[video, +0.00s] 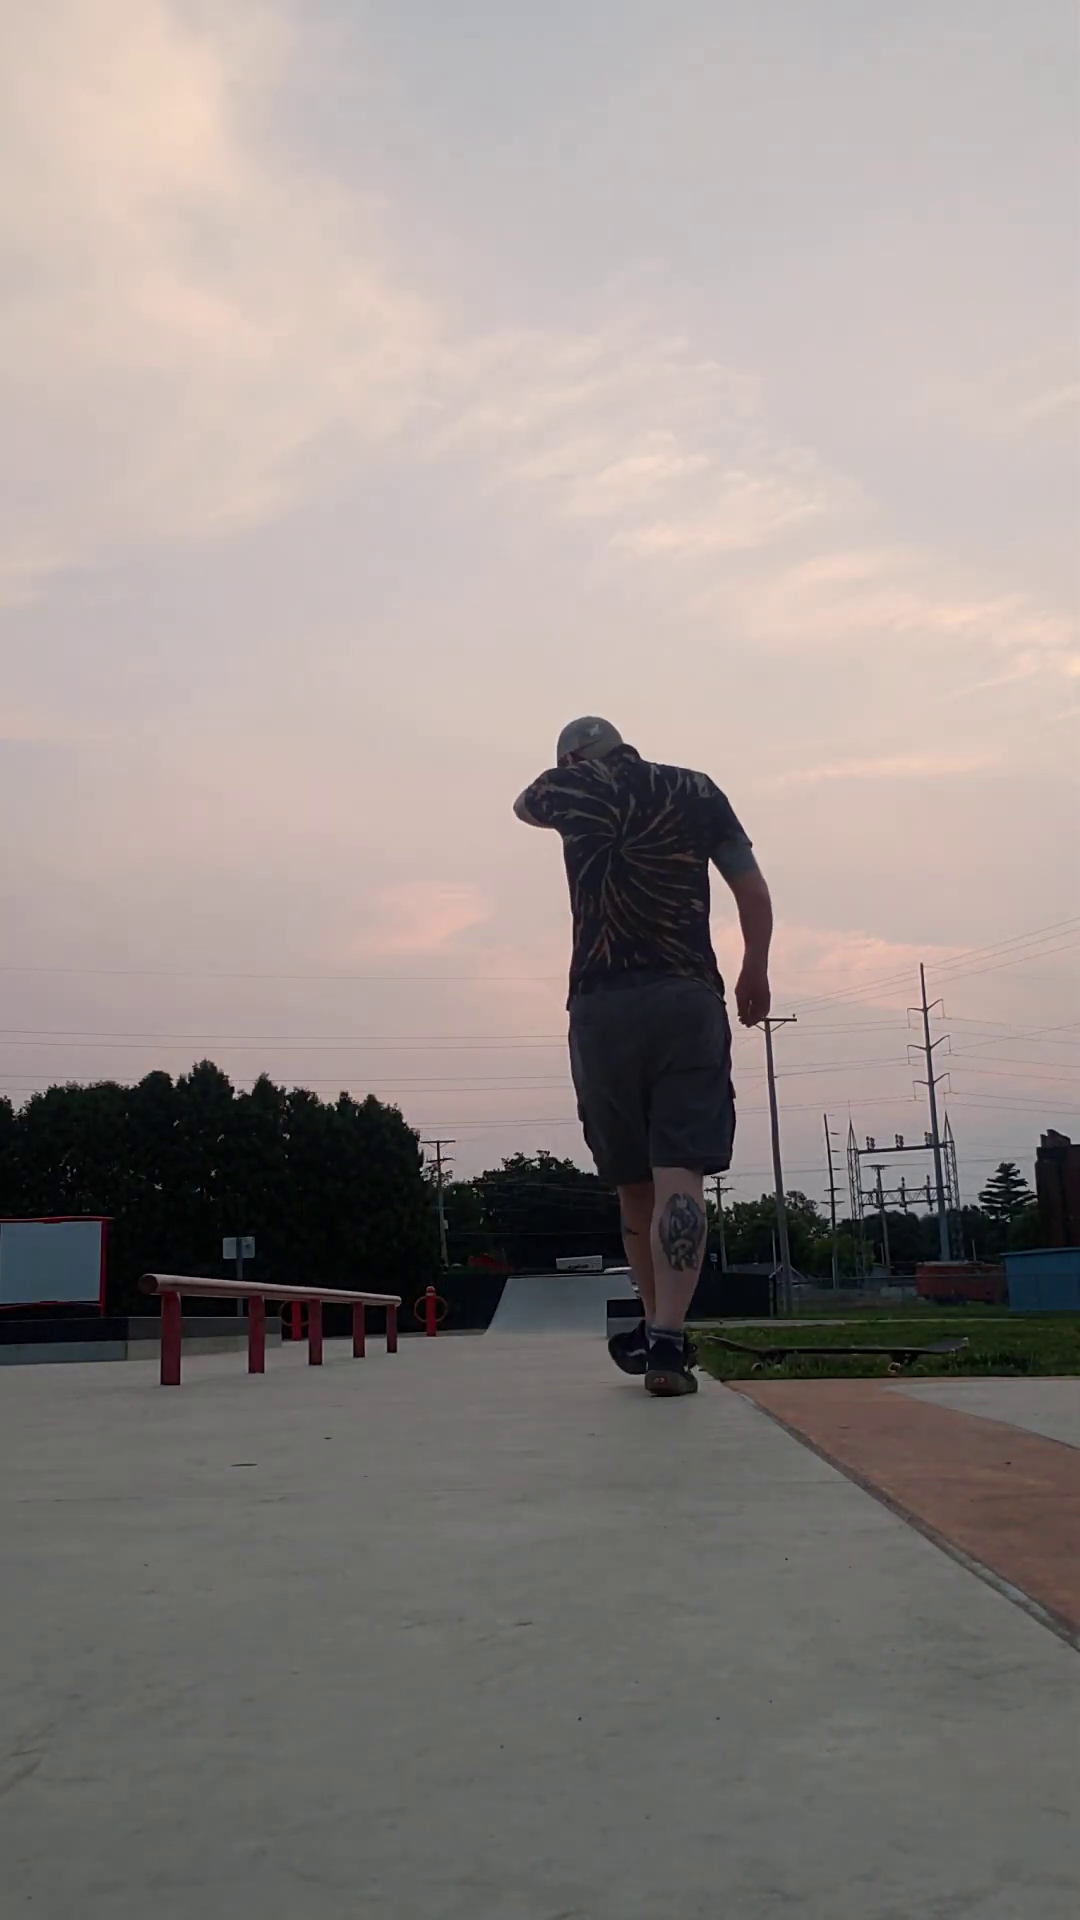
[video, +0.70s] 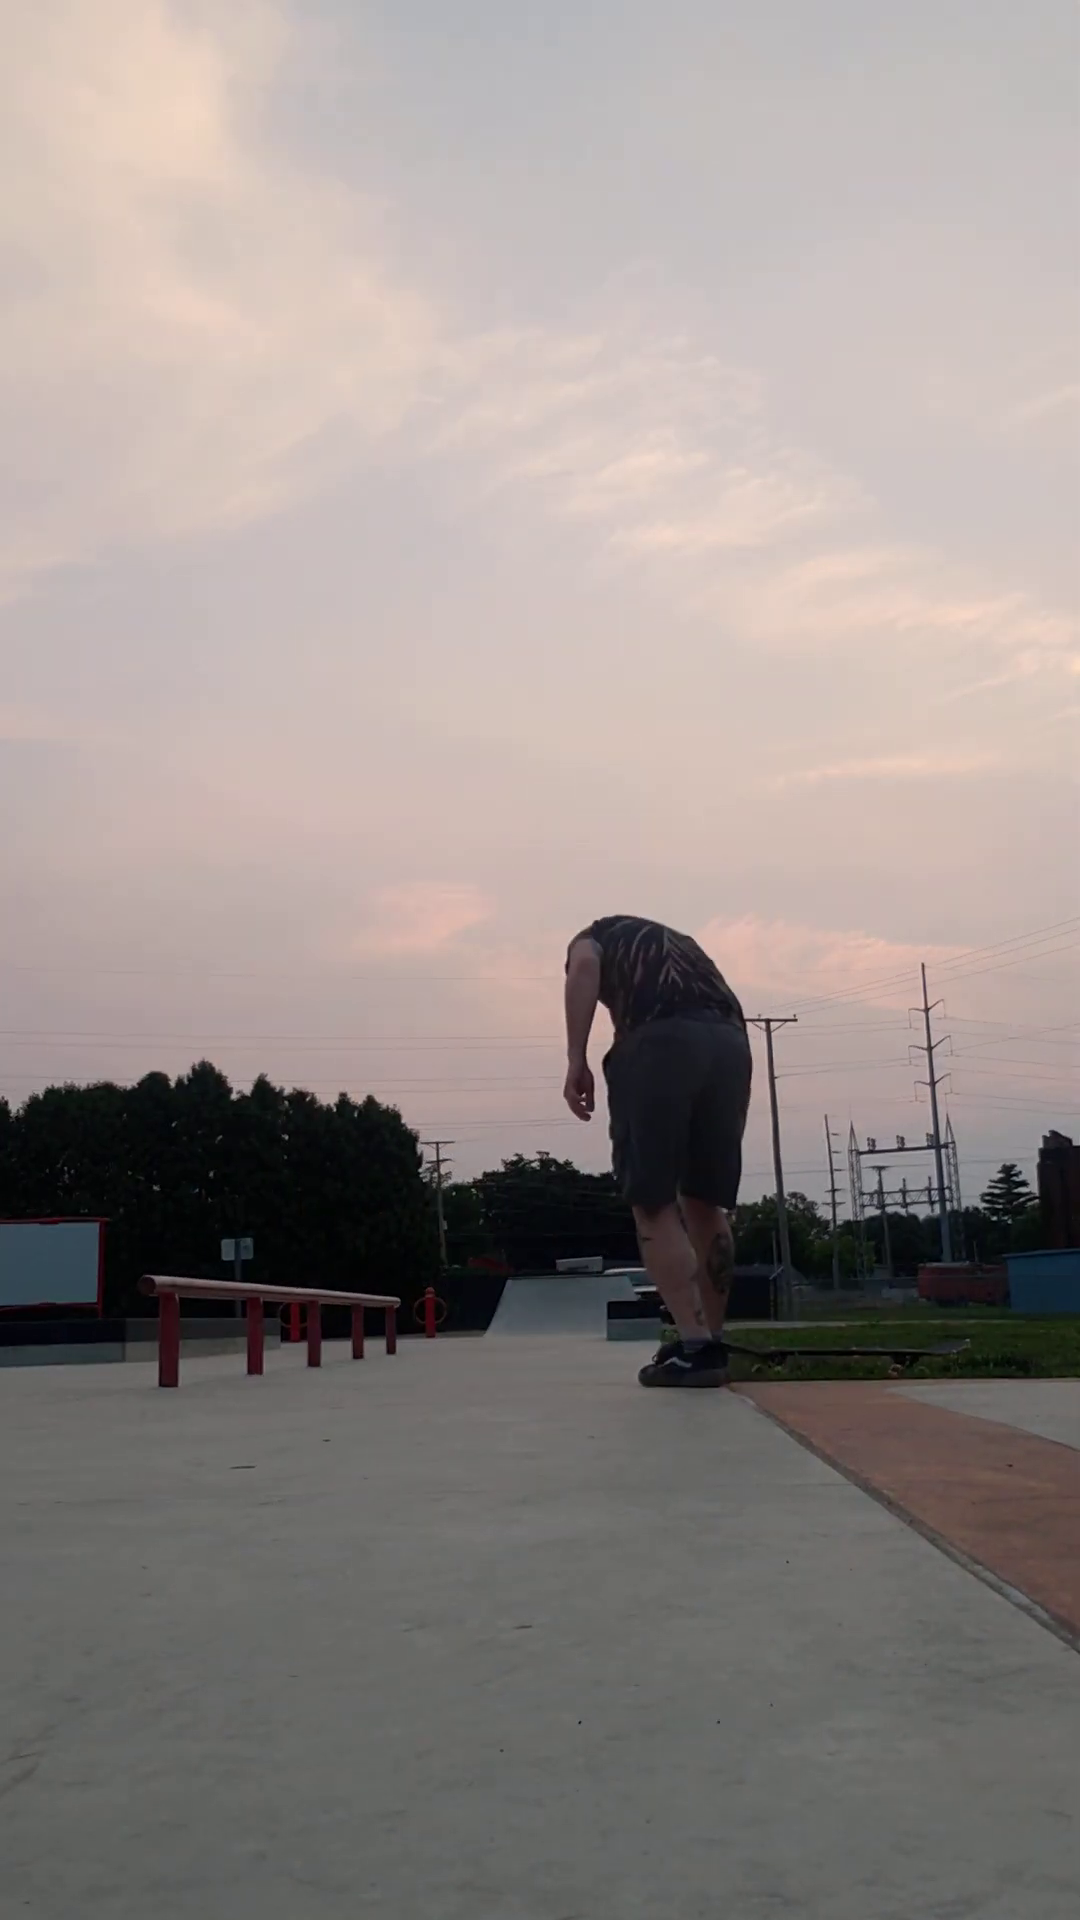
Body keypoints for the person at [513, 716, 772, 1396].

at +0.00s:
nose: (568, 775)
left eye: (566, 767)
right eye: (570, 767)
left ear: (576, 759)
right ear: (623, 743)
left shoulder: (572, 789)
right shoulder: (695, 789)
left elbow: (525, 806)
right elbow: (752, 890)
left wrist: (575, 775)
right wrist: (755, 970)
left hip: (604, 1007)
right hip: (688, 1000)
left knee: (632, 1183)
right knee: (681, 1175)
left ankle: (658, 1333)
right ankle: (668, 1340)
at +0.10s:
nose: (584, 792)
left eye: (581, 784)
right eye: (589, 781)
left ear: (584, 782)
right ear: (631, 767)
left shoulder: (575, 813)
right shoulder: (695, 808)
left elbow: (533, 843)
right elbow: (749, 913)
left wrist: (585, 805)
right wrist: (751, 990)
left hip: (612, 1022)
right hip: (696, 1012)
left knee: (647, 1191)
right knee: (696, 1179)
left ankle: (686, 1343)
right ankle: (673, 1329)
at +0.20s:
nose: (595, 812)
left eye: (592, 804)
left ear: (594, 801)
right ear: (646, 790)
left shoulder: (578, 832)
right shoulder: (701, 829)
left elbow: (532, 901)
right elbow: (742, 931)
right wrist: (748, 1007)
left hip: (611, 1032)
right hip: (694, 1024)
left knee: (653, 1192)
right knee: (721, 1176)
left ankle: (688, 1344)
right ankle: (712, 1293)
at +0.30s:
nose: (614, 820)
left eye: (607, 813)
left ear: (601, 814)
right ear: (655, 804)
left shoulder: (581, 847)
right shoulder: (705, 839)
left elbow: (538, 953)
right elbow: (741, 944)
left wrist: (583, 978)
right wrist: (743, 1027)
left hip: (615, 1038)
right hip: (696, 1029)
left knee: (654, 1194)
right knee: (722, 1172)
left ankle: (692, 1344)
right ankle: (739, 1277)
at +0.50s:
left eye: (605, 860)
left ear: (606, 857)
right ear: (654, 852)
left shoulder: (587, 880)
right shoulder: (701, 878)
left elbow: (569, 956)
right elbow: (746, 980)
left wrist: (577, 1045)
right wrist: (734, 1057)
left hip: (632, 1039)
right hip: (711, 1037)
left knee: (655, 1198)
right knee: (715, 1189)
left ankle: (694, 1347)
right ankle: (739, 1337)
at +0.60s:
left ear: (597, 896)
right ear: (646, 891)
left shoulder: (589, 904)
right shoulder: (695, 916)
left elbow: (578, 951)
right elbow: (749, 1023)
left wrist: (577, 1050)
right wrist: (729, 1095)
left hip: (644, 1043)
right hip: (720, 1046)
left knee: (654, 1203)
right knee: (716, 1200)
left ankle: (694, 1348)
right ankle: (717, 1342)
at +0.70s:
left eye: (583, 957)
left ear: (593, 933)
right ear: (640, 927)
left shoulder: (595, 934)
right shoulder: (679, 943)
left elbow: (583, 966)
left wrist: (576, 1058)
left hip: (660, 1046)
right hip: (729, 1046)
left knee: (654, 1206)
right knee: (706, 1201)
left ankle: (695, 1345)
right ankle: (711, 1342)